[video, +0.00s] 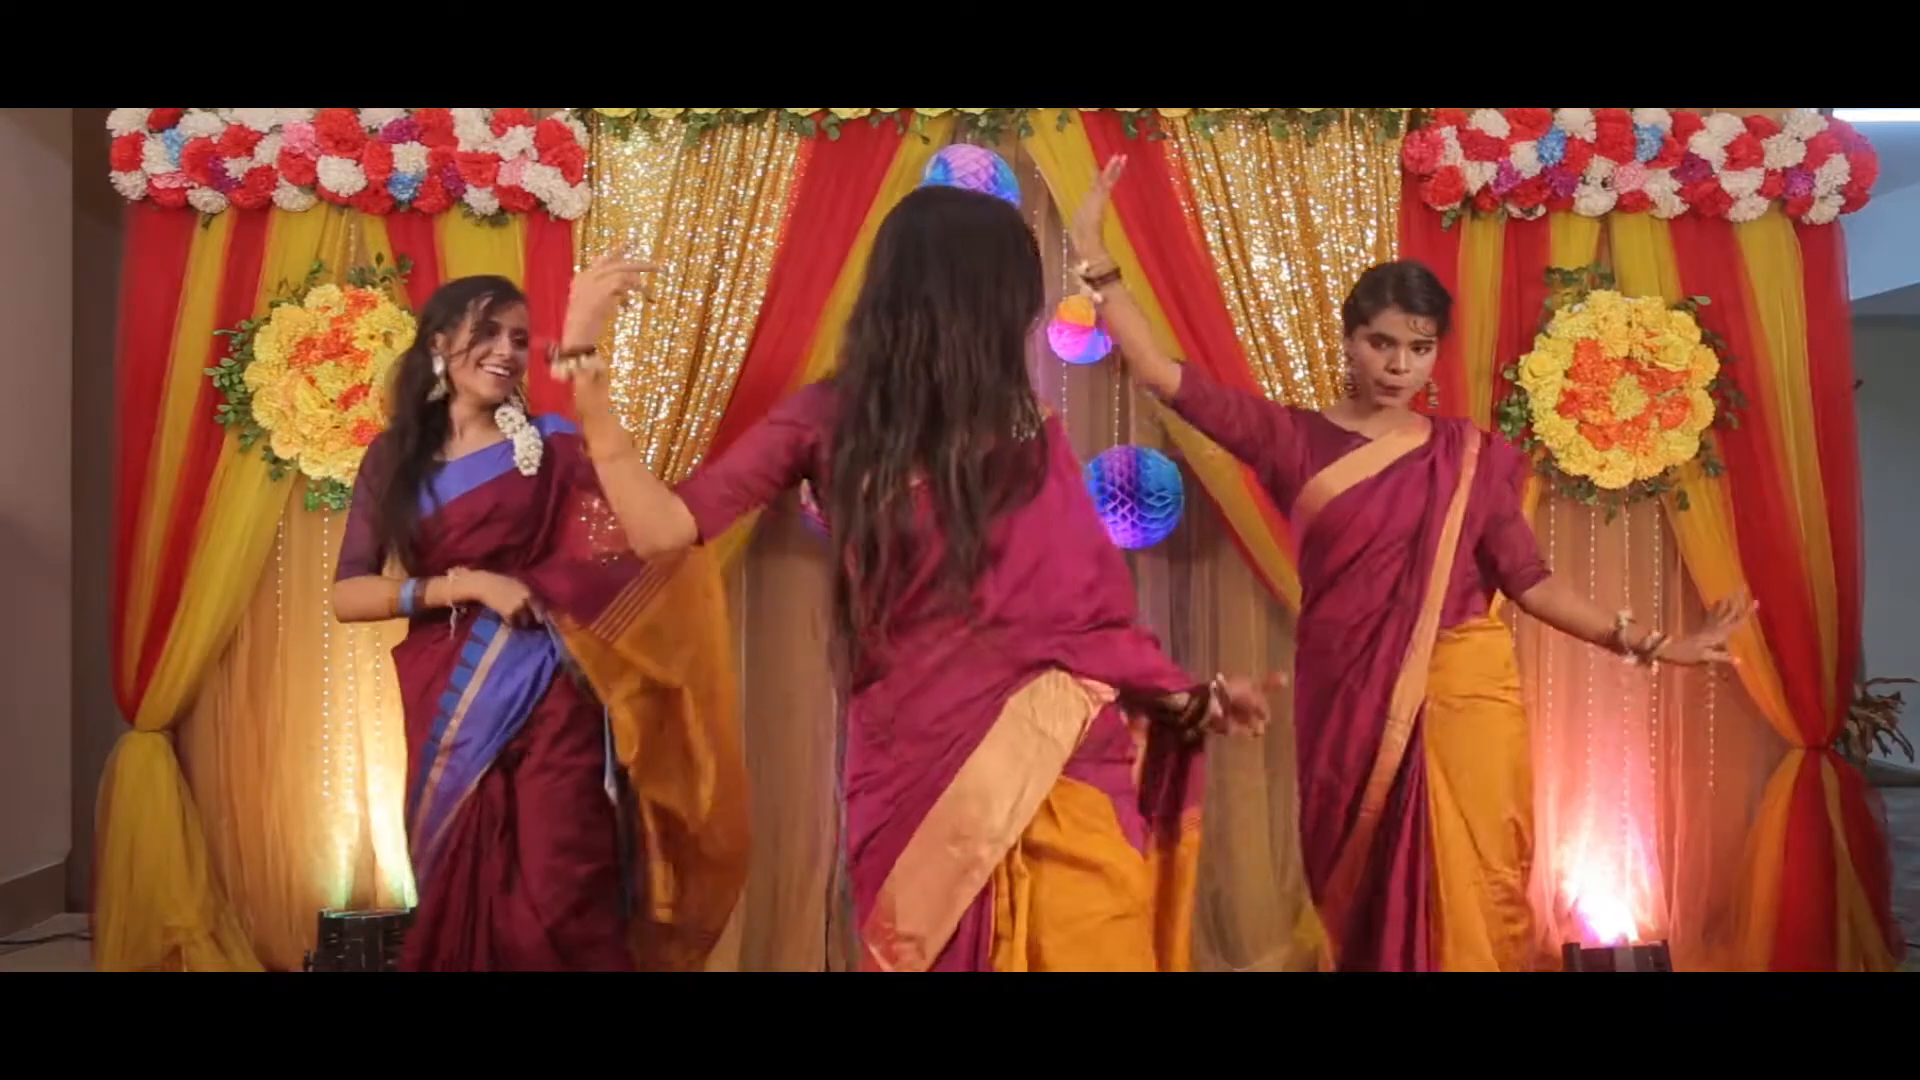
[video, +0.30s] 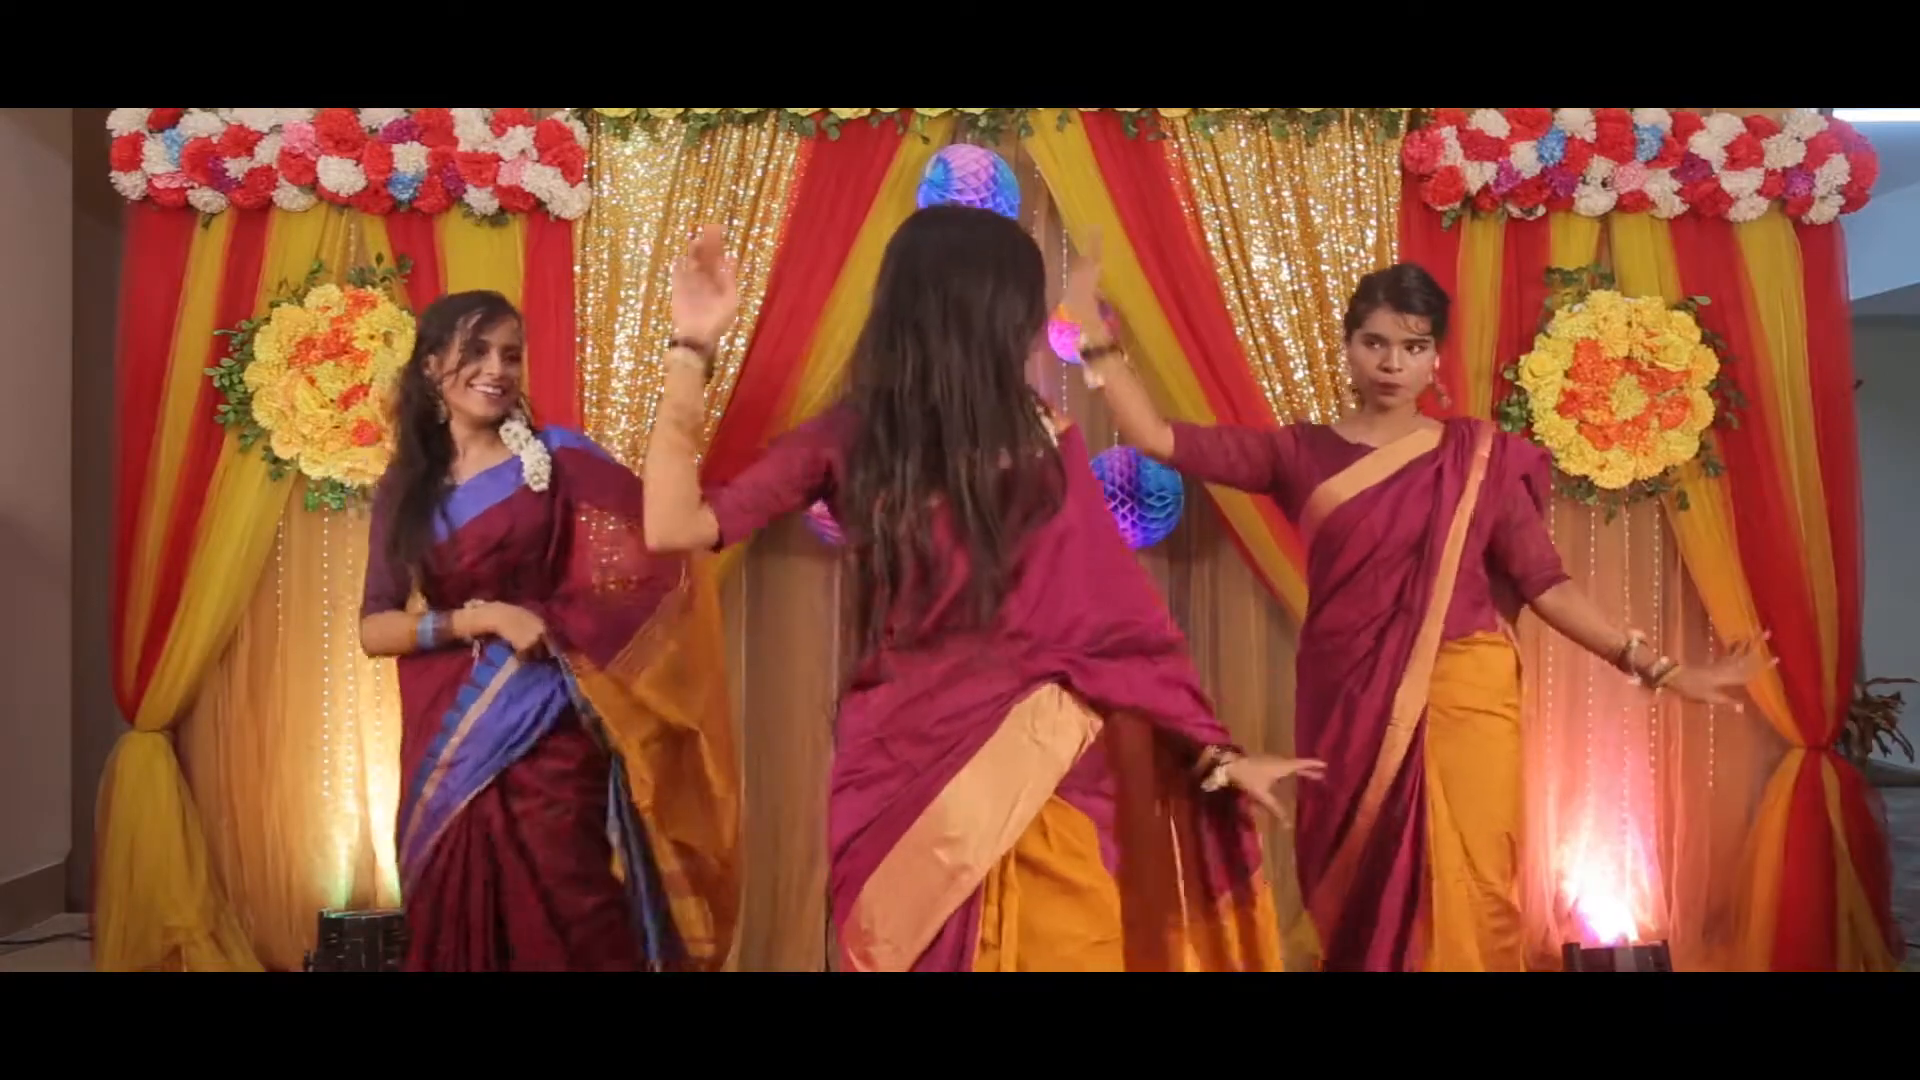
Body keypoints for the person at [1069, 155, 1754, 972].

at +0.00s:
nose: (1397, 362)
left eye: (1415, 347)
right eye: (1380, 342)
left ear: (1436, 354)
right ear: (1346, 341)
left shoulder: (1471, 454)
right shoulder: (1298, 440)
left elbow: (1533, 583)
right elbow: (1166, 378)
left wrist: (1650, 642)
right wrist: (1100, 280)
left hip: (1467, 684)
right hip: (1352, 695)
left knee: (1476, 896)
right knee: (1365, 897)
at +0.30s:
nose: (1391, 361)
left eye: (1410, 346)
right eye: (1374, 342)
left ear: (1437, 357)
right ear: (1345, 347)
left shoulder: (1482, 455)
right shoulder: (1306, 453)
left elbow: (1546, 587)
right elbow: (1154, 438)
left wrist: (1659, 665)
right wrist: (1096, 339)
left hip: (1467, 691)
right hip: (1348, 702)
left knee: (1467, 899)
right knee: (1357, 903)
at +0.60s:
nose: (1396, 369)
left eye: (1415, 352)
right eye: (1378, 351)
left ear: (1437, 359)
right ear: (1346, 352)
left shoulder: (1480, 458)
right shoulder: (1305, 462)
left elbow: (1508, 606)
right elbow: (1152, 462)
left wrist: (1610, 680)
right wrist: (1099, 352)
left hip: (1471, 705)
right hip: (1357, 714)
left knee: (1469, 909)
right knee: (1364, 913)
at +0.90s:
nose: (1395, 377)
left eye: (1413, 361)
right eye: (1378, 357)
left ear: (1436, 360)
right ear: (1344, 348)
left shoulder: (1470, 453)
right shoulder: (1291, 439)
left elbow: (1559, 564)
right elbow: (1155, 376)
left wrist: (1676, 630)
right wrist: (1111, 264)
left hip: (1467, 684)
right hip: (1352, 700)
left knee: (1477, 894)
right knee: (1365, 906)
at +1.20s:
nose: (1404, 387)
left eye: (1422, 371)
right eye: (1385, 367)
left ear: (1442, 364)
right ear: (1349, 354)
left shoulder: (1474, 461)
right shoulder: (1299, 453)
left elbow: (1521, 595)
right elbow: (1149, 446)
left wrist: (1623, 668)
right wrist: (1107, 333)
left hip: (1469, 693)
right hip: (1352, 702)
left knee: (1474, 896)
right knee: (1360, 904)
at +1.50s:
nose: (1407, 388)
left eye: (1425, 370)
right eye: (1388, 367)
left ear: (1444, 365)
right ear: (1352, 358)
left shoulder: (1474, 457)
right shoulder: (1305, 461)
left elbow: (1550, 559)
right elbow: (1162, 495)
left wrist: (1557, 637)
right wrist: (1174, 369)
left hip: (1468, 706)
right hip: (1352, 716)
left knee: (1473, 907)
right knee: (1359, 915)